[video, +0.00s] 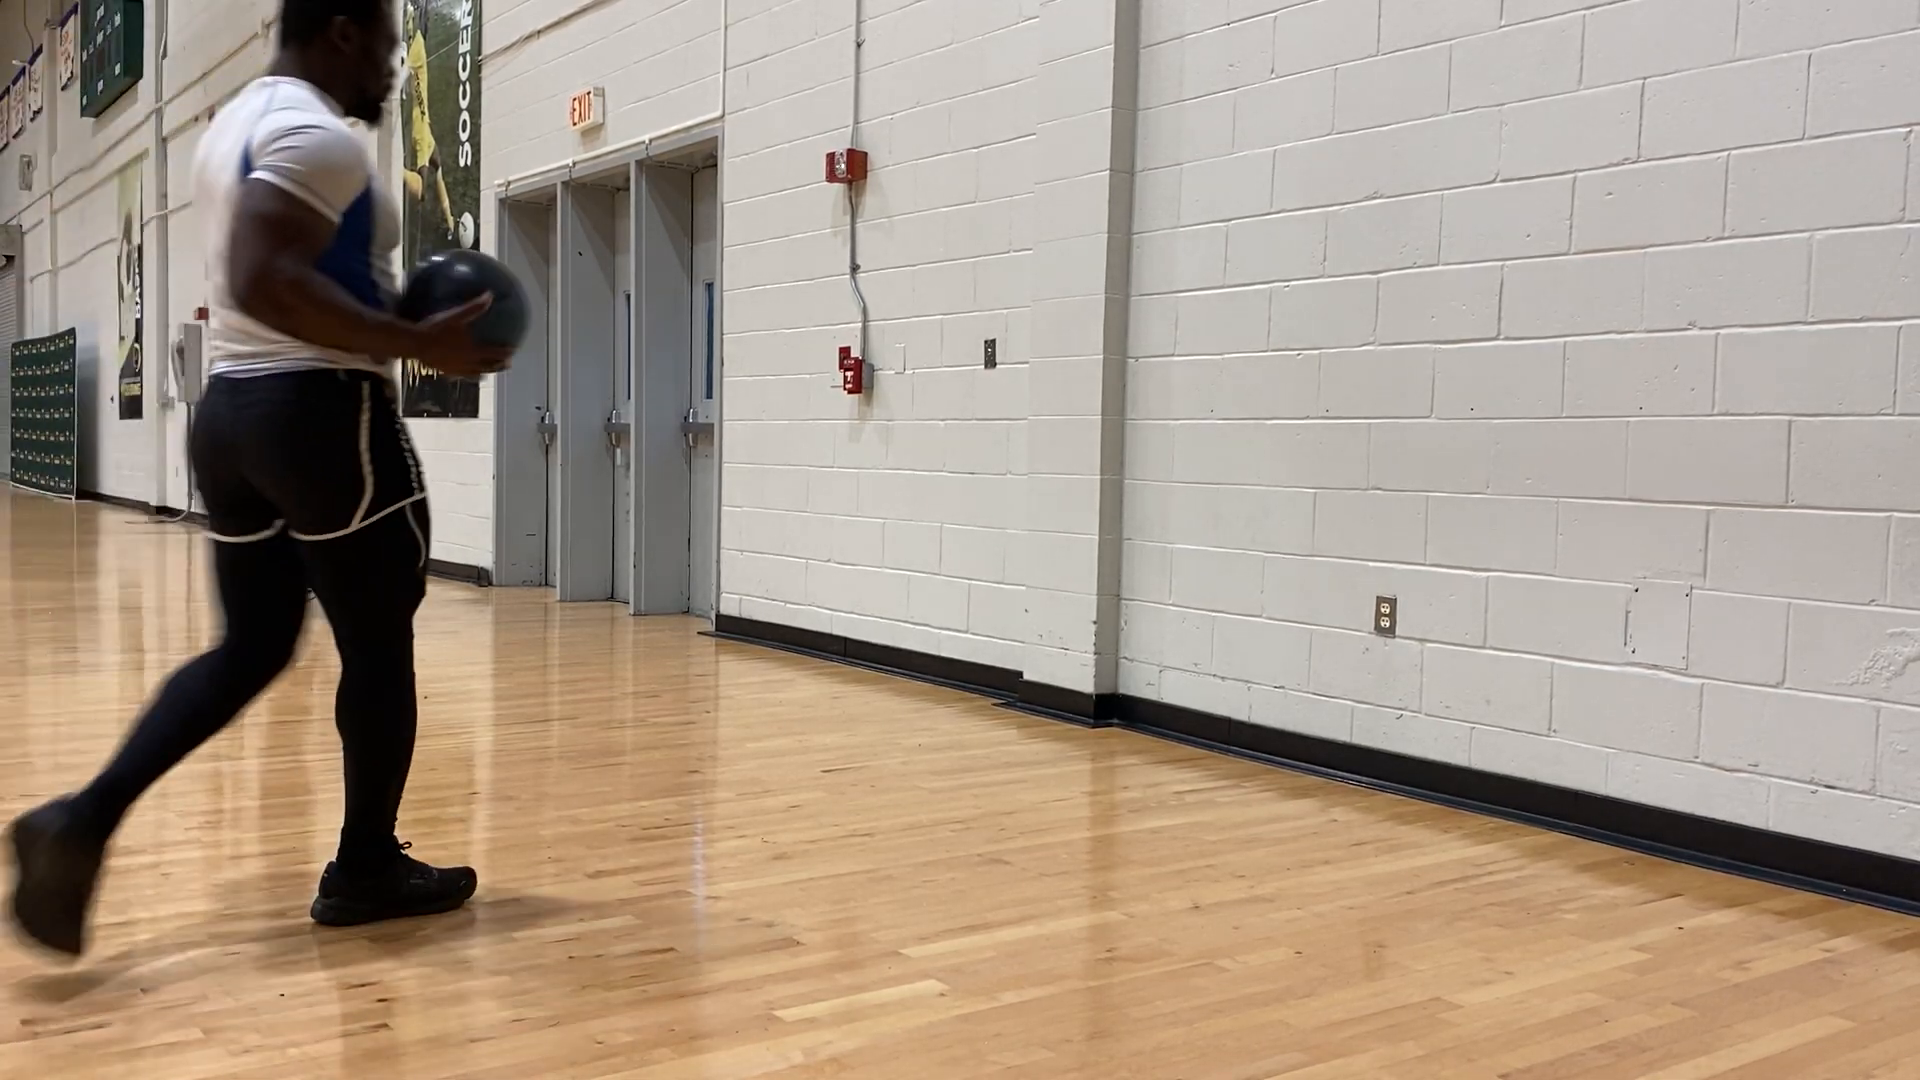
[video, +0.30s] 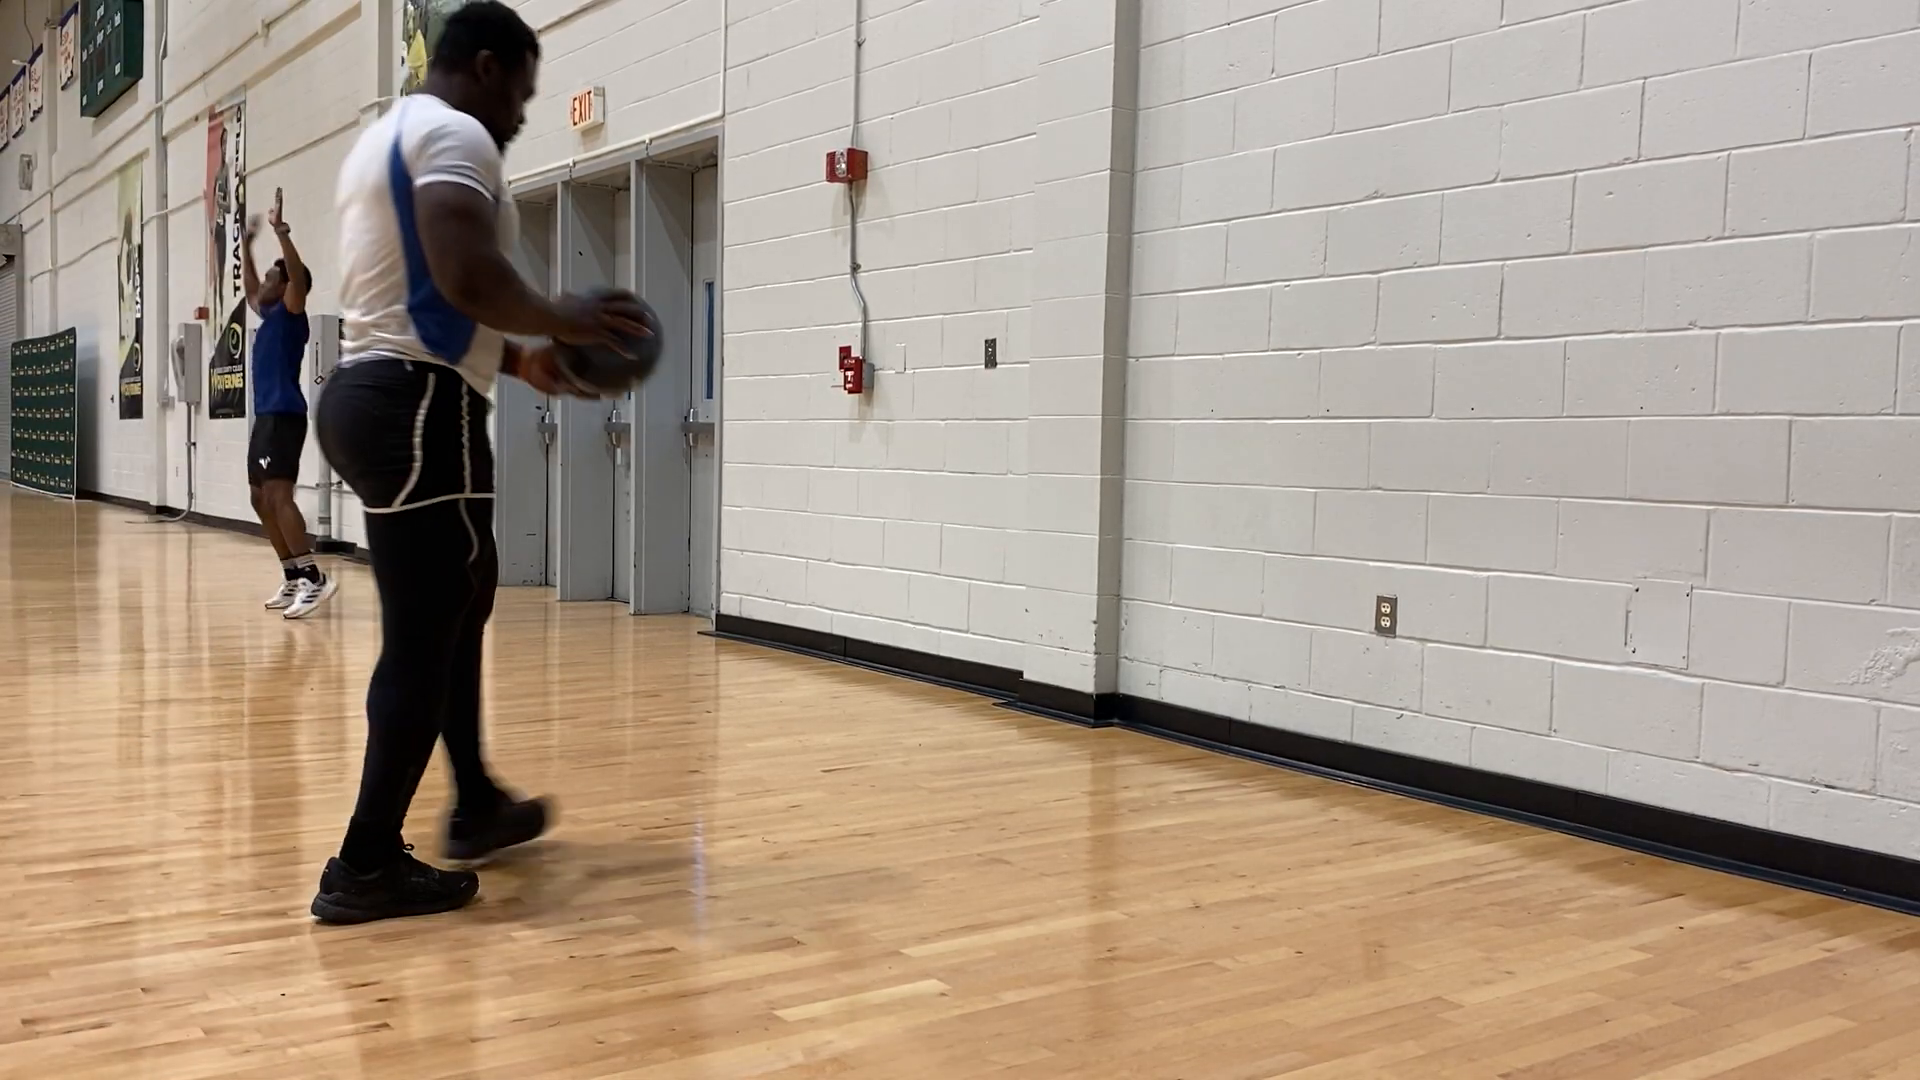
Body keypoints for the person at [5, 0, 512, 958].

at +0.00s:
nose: (393, 63)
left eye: (393, 43)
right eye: (384, 41)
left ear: (300, 40)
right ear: (336, 38)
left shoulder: (232, 126)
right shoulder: (322, 136)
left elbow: (277, 281)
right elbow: (260, 280)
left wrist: (402, 313)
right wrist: (411, 341)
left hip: (229, 414)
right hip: (327, 415)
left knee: (254, 645)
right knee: (379, 645)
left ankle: (80, 824)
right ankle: (367, 863)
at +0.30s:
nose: (523, 114)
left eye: (528, 95)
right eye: (523, 91)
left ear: (444, 64)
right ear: (484, 66)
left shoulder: (378, 138)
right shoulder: (449, 133)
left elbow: (406, 299)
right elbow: (467, 274)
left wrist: (517, 354)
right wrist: (568, 315)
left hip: (370, 393)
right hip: (416, 396)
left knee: (468, 584)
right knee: (425, 625)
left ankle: (476, 800)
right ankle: (367, 861)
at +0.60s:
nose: (630, 164)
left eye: (638, 148)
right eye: (632, 142)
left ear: (571, 110)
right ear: (597, 113)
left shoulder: (493, 177)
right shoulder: (558, 171)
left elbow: (478, 323)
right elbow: (554, 307)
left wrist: (568, 431)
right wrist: (617, 430)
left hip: (455, 409)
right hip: (507, 411)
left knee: (516, 607)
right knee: (589, 609)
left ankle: (532, 806)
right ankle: (449, 785)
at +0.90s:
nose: (726, 183)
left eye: (735, 169)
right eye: (730, 162)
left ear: (680, 126)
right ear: (694, 132)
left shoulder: (586, 175)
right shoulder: (645, 175)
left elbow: (526, 284)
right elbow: (580, 272)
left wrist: (566, 358)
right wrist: (645, 369)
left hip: (526, 405)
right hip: (582, 409)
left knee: (558, 605)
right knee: (633, 607)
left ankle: (535, 807)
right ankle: (654, 800)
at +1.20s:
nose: (779, 187)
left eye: (786, 173)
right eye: (782, 166)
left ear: (725, 132)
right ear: (750, 137)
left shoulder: (645, 184)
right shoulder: (713, 192)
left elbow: (627, 313)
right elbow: (679, 311)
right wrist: (718, 435)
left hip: (599, 414)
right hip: (643, 419)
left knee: (680, 594)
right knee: (694, 604)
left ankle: (618, 758)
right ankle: (659, 803)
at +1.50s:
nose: (858, 283)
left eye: (868, 271)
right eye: (863, 264)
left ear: (825, 229)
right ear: (835, 235)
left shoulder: (748, 252)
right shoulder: (767, 261)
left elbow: (705, 397)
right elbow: (725, 376)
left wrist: (745, 491)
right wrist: (765, 500)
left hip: (607, 433)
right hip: (633, 440)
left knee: (695, 605)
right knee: (727, 608)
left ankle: (650, 789)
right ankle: (666, 798)